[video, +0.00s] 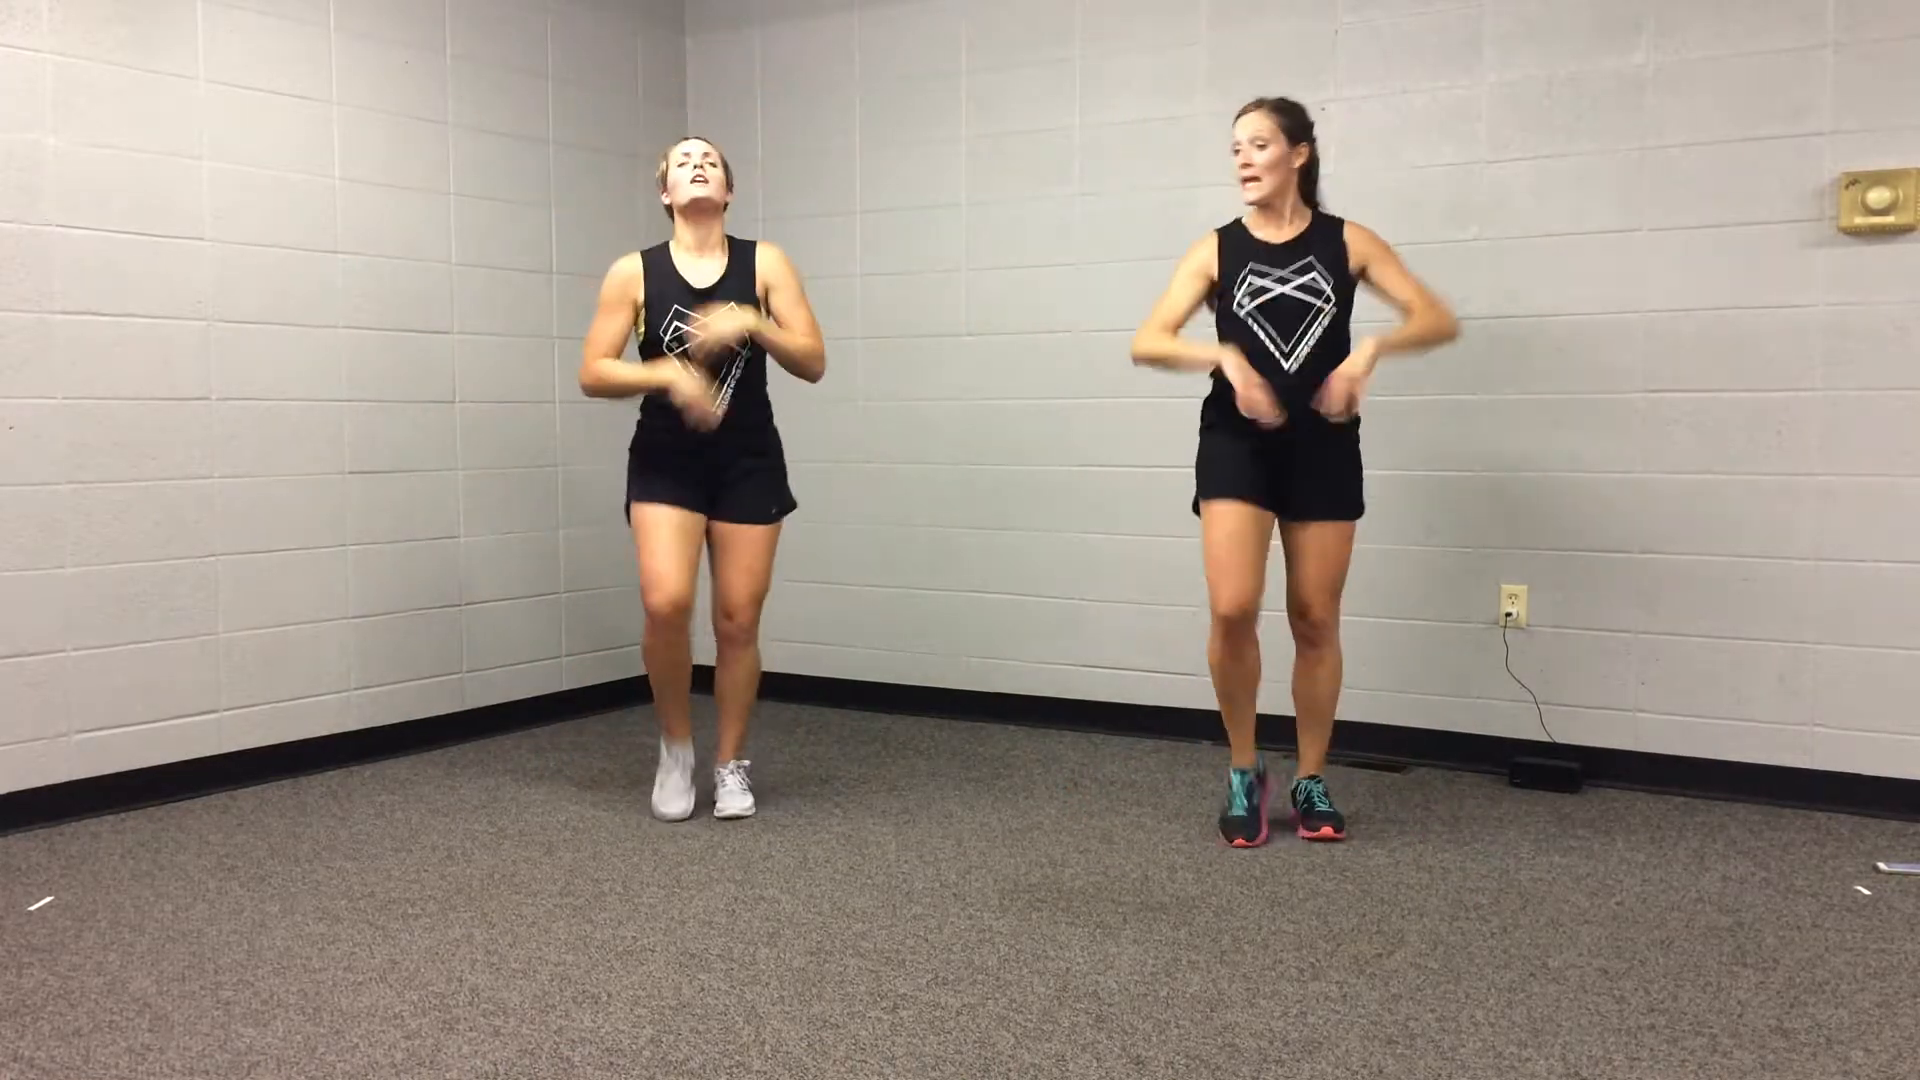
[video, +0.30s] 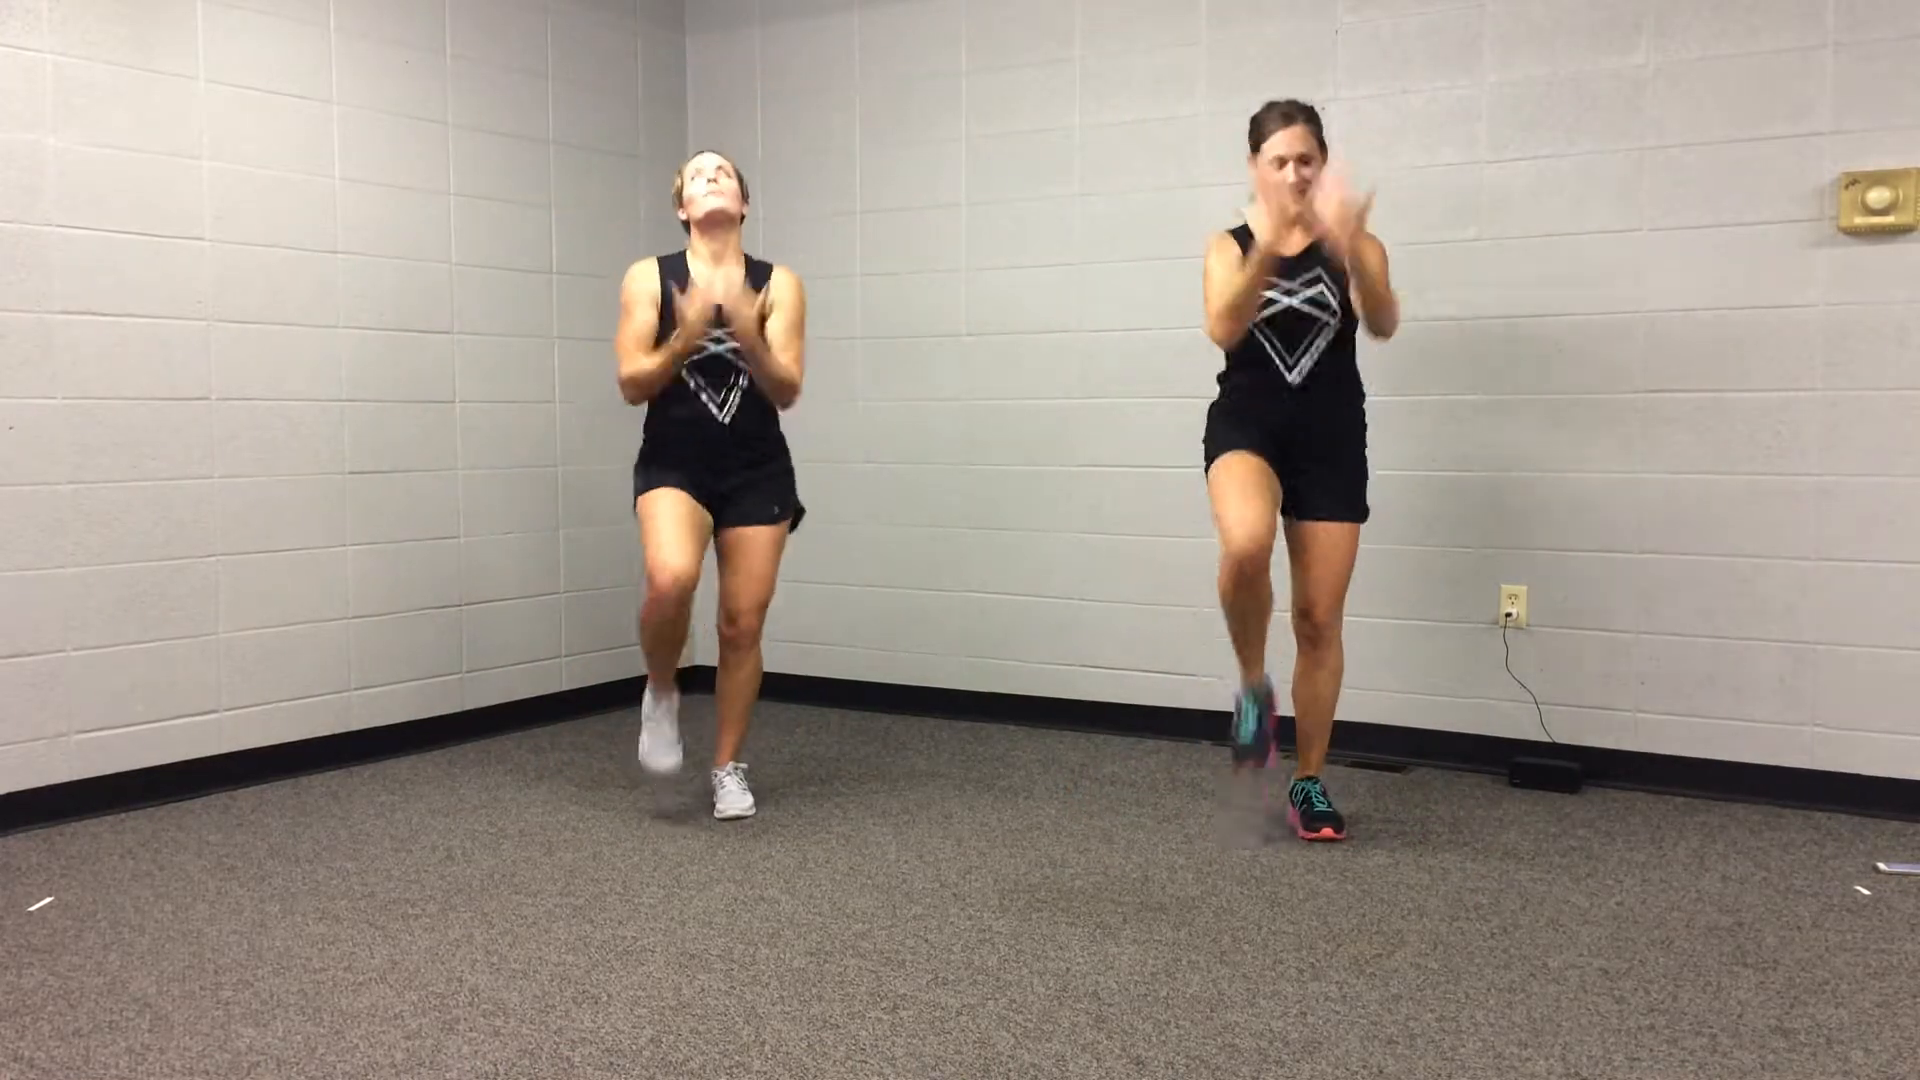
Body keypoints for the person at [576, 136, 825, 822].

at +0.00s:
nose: (699, 166)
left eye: (711, 161)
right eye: (684, 161)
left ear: (729, 190)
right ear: (664, 191)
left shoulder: (766, 262)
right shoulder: (633, 272)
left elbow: (814, 362)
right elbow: (594, 372)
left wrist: (751, 323)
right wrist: (669, 372)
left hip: (748, 457)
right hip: (665, 458)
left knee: (737, 619)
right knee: (665, 604)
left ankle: (731, 763)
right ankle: (675, 752)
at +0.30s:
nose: (712, 176)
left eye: (724, 172)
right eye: (697, 174)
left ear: (745, 204)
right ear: (680, 207)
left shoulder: (778, 283)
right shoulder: (648, 278)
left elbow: (787, 391)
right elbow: (632, 385)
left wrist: (746, 335)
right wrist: (683, 341)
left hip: (756, 464)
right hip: (674, 460)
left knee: (742, 623)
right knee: (670, 580)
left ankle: (728, 764)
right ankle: (661, 697)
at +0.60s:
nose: (715, 172)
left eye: (727, 168)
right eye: (701, 170)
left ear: (747, 199)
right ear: (683, 201)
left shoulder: (784, 275)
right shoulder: (654, 281)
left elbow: (835, 366)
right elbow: (603, 376)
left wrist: (892, 441)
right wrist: (549, 455)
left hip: (755, 469)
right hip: (672, 465)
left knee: (738, 626)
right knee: (655, 609)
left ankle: (728, 766)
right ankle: (653, 746)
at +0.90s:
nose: (722, 164)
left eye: (733, 158)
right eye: (708, 159)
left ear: (752, 184)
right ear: (688, 186)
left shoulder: (784, 252)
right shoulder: (658, 248)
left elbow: (878, 249)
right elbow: (542, 247)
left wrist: (953, 240)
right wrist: (440, 236)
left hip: (758, 458)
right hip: (675, 452)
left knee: (736, 617)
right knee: (661, 601)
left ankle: (727, 767)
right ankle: (644, 748)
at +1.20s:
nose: (726, 192)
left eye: (738, 183)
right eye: (713, 182)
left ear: (756, 201)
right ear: (690, 200)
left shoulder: (782, 267)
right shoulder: (664, 261)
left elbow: (861, 187)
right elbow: (574, 180)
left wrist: (904, 99)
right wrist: (527, 81)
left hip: (756, 473)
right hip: (674, 465)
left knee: (743, 628)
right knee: (645, 573)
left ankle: (726, 765)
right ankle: (641, 697)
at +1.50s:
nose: (725, 193)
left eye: (737, 183)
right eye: (713, 181)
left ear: (753, 196)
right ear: (689, 192)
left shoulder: (773, 269)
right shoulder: (663, 261)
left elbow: (837, 261)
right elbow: (585, 248)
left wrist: (778, 181)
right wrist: (664, 175)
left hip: (748, 472)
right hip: (665, 469)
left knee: (732, 623)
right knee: (658, 624)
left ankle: (724, 769)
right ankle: (637, 775)